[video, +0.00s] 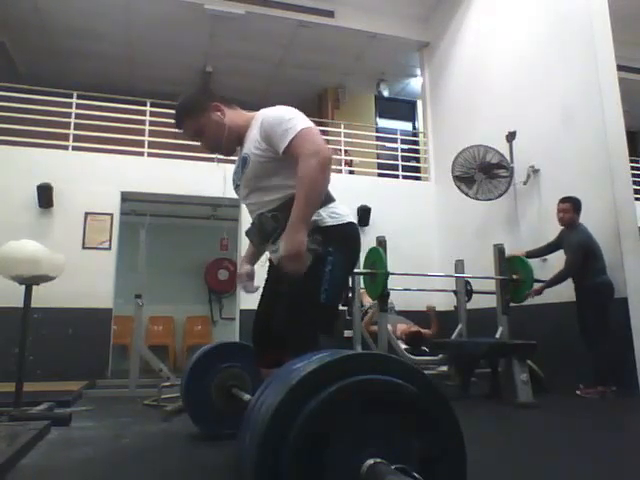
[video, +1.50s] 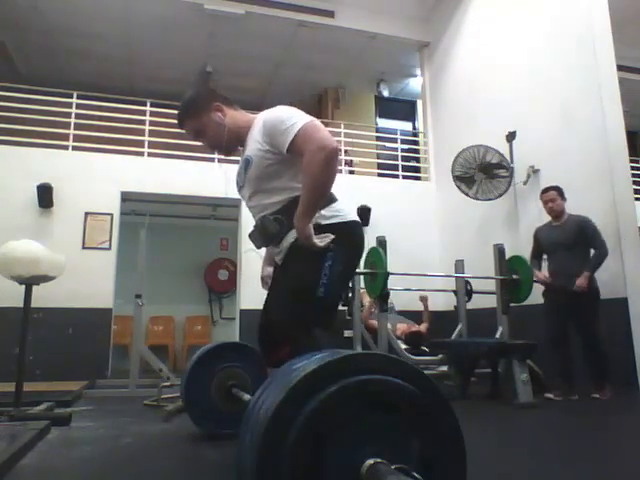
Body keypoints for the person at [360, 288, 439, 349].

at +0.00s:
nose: (412, 327)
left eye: (410, 330)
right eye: (415, 329)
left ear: (403, 338)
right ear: (419, 331)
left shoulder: (388, 333)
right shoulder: (422, 334)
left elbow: (365, 326)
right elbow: (434, 331)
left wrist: (375, 309)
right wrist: (432, 313)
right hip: (392, 314)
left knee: (363, 293)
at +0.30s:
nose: (413, 328)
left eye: (411, 331)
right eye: (416, 331)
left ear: (402, 337)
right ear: (419, 333)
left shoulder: (388, 333)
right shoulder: (421, 334)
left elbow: (365, 327)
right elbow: (433, 333)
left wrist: (373, 308)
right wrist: (429, 314)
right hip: (393, 316)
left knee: (363, 293)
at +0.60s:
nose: (411, 326)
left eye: (407, 330)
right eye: (413, 328)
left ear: (401, 336)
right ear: (418, 331)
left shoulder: (387, 330)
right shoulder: (421, 334)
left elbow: (365, 326)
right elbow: (431, 331)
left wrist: (372, 308)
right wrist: (429, 313)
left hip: (378, 317)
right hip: (392, 314)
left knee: (365, 294)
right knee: (384, 296)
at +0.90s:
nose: (412, 326)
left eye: (411, 329)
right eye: (414, 328)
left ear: (402, 337)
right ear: (418, 331)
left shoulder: (389, 331)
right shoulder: (421, 332)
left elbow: (366, 318)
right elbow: (426, 320)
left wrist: (371, 304)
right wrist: (425, 303)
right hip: (393, 316)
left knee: (366, 295)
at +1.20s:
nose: (413, 326)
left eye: (411, 330)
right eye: (416, 329)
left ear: (402, 336)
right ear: (418, 330)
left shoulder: (388, 330)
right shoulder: (421, 332)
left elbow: (366, 318)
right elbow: (425, 321)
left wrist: (369, 303)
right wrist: (425, 303)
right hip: (393, 315)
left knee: (364, 293)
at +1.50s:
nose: (413, 326)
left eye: (412, 329)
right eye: (416, 329)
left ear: (403, 336)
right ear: (419, 330)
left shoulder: (386, 330)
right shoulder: (421, 333)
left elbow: (366, 321)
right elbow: (426, 322)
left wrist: (369, 304)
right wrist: (425, 304)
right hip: (392, 315)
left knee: (364, 293)